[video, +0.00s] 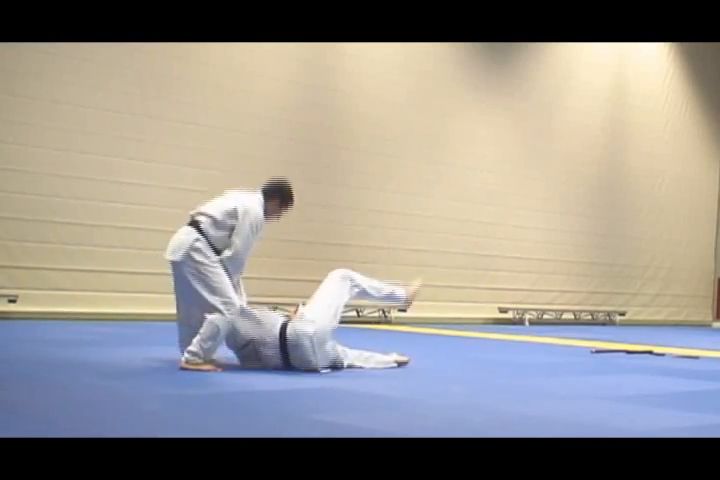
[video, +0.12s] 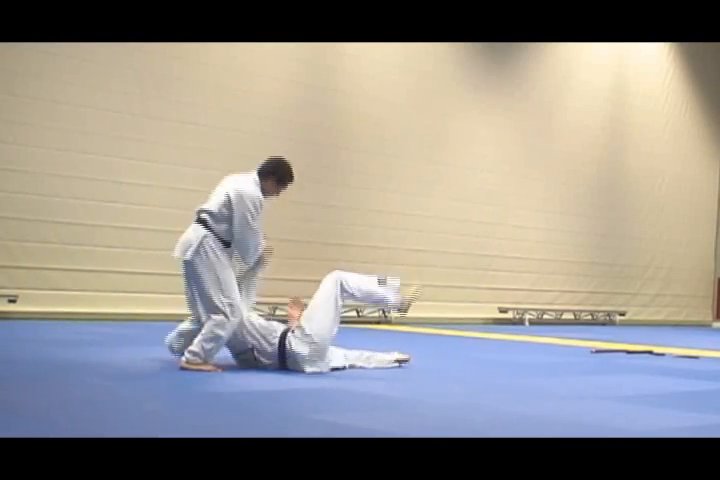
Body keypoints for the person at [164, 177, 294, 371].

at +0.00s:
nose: (280, 215)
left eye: (283, 210)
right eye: (282, 209)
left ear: (267, 193)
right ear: (275, 201)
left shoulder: (246, 200)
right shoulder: (254, 210)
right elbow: (235, 255)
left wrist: (239, 297)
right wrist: (230, 286)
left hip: (182, 243)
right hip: (195, 247)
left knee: (192, 306)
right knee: (229, 306)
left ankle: (192, 354)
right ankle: (195, 357)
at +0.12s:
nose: (278, 192)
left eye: (282, 188)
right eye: (279, 186)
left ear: (266, 174)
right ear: (270, 177)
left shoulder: (241, 182)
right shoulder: (249, 193)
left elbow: (243, 230)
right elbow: (246, 239)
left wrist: (255, 250)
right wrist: (256, 256)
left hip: (195, 240)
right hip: (206, 245)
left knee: (207, 308)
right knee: (229, 312)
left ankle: (178, 343)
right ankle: (195, 358)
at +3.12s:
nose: (213, 224)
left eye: (218, 218)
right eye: (208, 218)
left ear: (227, 213)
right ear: (202, 213)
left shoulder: (239, 221)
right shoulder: (186, 224)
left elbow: (249, 255)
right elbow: (180, 266)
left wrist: (227, 273)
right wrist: (183, 312)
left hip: (218, 271)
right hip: (188, 268)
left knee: (222, 315)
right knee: (162, 308)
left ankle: (218, 361)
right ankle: (171, 350)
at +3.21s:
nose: (214, 233)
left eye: (219, 229)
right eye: (211, 228)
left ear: (228, 226)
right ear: (204, 225)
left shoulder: (241, 229)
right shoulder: (190, 239)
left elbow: (252, 255)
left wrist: (229, 272)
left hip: (219, 272)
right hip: (191, 270)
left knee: (222, 302)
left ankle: (224, 348)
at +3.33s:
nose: (211, 250)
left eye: (215, 246)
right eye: (207, 246)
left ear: (223, 241)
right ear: (200, 241)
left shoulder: (235, 238)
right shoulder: (189, 254)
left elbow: (252, 257)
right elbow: (186, 297)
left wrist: (231, 274)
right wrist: (184, 340)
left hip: (220, 278)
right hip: (195, 282)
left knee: (223, 298)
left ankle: (225, 343)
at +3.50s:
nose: (205, 227)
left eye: (209, 222)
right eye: (200, 222)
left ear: (215, 219)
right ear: (192, 220)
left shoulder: (225, 229)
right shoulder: (181, 238)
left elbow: (244, 255)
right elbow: (180, 278)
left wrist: (225, 272)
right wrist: (185, 319)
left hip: (213, 275)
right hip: (188, 276)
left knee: (215, 294)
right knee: (174, 314)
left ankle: (219, 344)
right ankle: (162, 349)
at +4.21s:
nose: (151, 170)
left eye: (155, 166)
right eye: (147, 166)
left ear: (161, 167)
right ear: (139, 167)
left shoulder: (169, 194)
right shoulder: (126, 188)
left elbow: (177, 229)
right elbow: (110, 212)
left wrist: (151, 225)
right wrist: (121, 222)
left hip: (153, 255)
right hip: (127, 253)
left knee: (147, 300)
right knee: (111, 292)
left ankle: (143, 335)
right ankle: (122, 334)